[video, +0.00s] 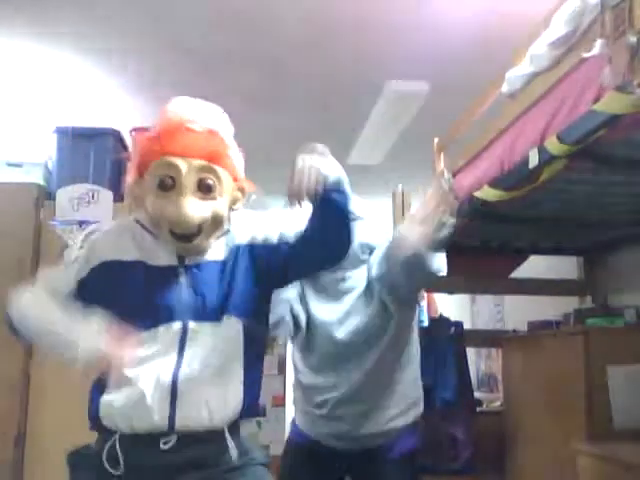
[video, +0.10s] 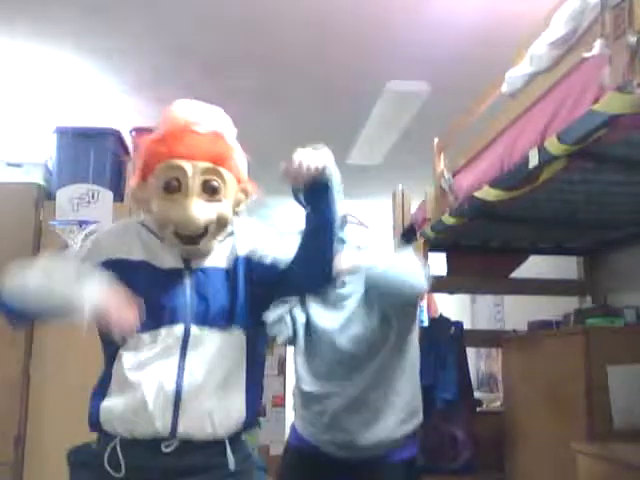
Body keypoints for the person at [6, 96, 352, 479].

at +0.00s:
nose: (185, 204)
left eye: (205, 187)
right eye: (166, 184)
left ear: (233, 197)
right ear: (139, 191)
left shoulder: (250, 259)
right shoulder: (109, 258)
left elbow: (325, 250)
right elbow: (28, 307)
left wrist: (328, 185)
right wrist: (98, 339)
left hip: (221, 456)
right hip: (127, 459)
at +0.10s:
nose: (191, 208)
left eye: (211, 189)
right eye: (172, 187)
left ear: (238, 197)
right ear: (142, 192)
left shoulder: (248, 262)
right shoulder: (113, 251)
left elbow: (312, 274)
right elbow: (16, 291)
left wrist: (318, 194)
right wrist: (91, 291)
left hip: (220, 459)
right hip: (128, 457)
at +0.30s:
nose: (193, 214)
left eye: (215, 194)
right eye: (176, 191)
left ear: (241, 208)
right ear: (148, 199)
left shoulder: (232, 280)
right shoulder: (111, 266)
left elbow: (260, 352)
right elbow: (15, 244)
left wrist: (267, 270)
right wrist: (79, 201)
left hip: (224, 464)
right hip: (132, 464)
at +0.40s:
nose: (188, 219)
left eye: (210, 198)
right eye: (171, 194)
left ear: (237, 212)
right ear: (142, 201)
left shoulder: (232, 276)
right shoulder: (108, 266)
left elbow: (267, 363)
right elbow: (16, 245)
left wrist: (239, 293)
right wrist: (76, 174)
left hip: (220, 466)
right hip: (125, 466)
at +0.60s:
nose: (173, 214)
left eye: (195, 198)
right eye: (157, 193)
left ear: (220, 208)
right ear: (129, 196)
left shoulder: (221, 270)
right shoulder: (98, 253)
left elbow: (260, 344)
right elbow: (24, 293)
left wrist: (252, 259)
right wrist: (76, 194)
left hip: (195, 464)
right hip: (102, 463)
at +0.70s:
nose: (166, 219)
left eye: (188, 198)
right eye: (149, 193)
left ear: (213, 211)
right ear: (119, 196)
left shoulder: (211, 271)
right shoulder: (94, 261)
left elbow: (257, 333)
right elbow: (35, 332)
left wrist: (265, 240)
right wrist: (74, 236)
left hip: (177, 460)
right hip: (91, 460)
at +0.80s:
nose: (154, 216)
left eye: (177, 196)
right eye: (137, 190)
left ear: (196, 208)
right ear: (105, 194)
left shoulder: (190, 265)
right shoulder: (71, 256)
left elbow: (233, 296)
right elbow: (31, 366)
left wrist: (252, 211)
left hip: (159, 460)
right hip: (73, 459)